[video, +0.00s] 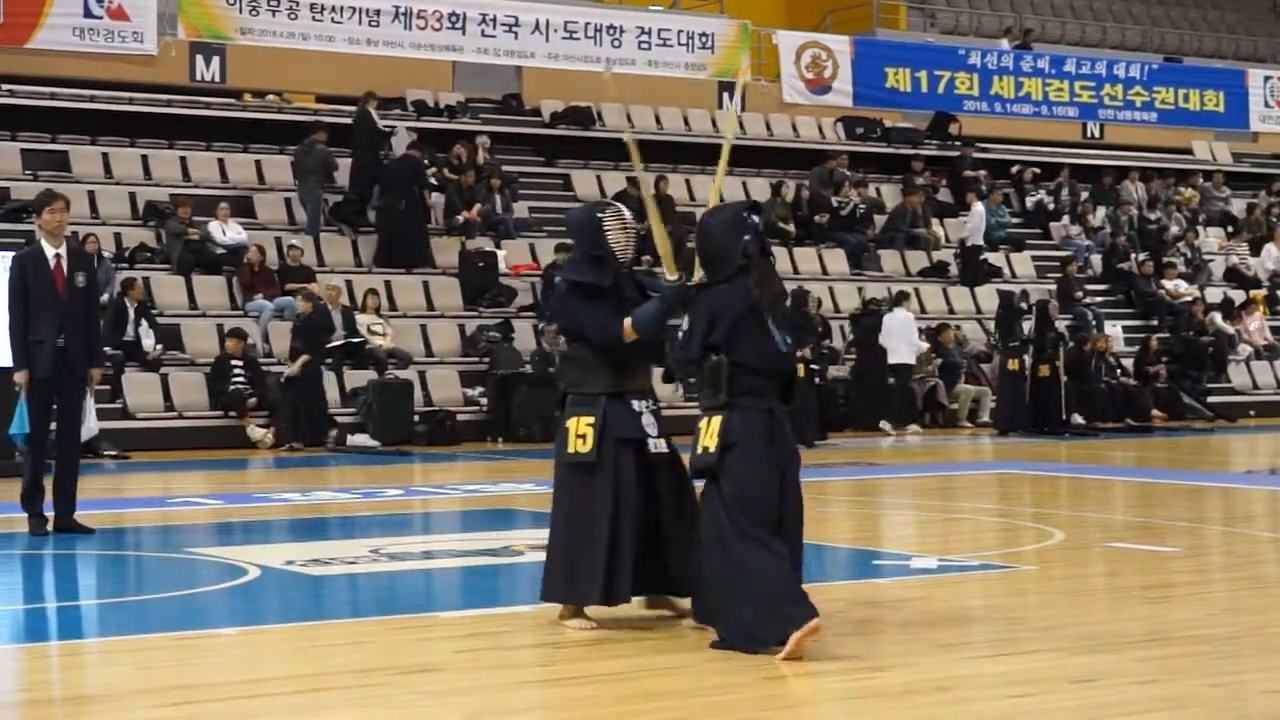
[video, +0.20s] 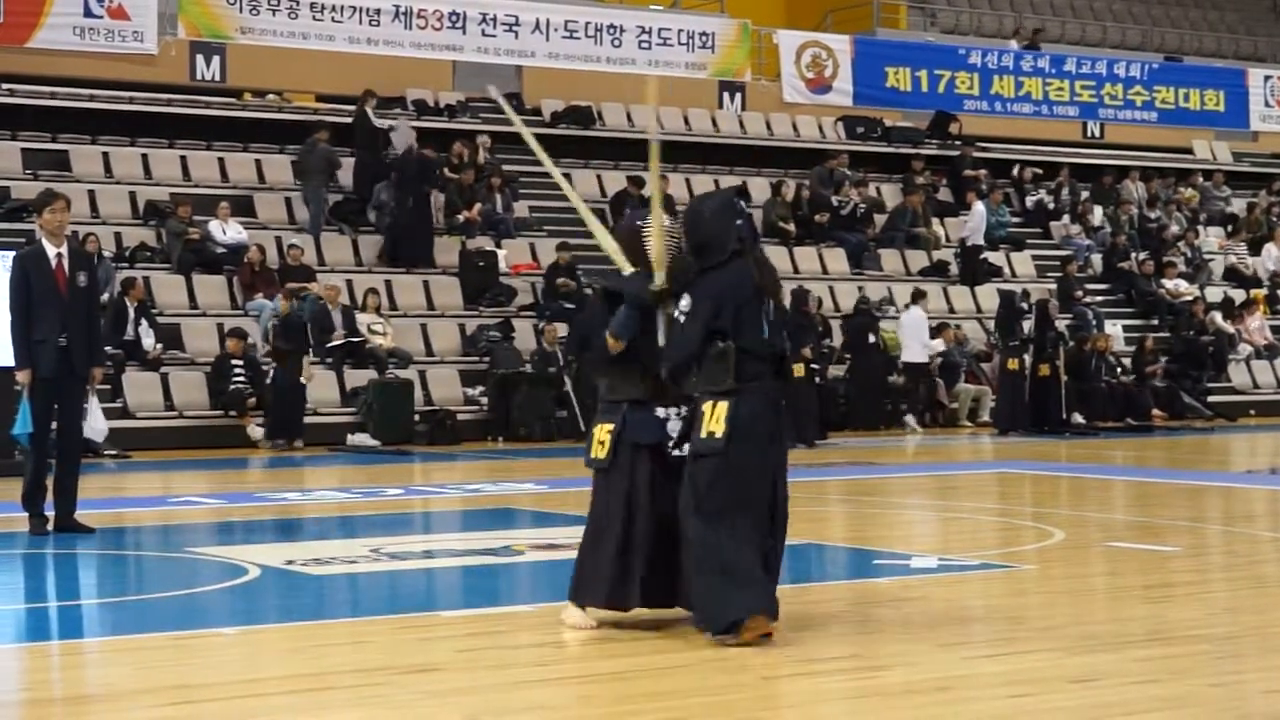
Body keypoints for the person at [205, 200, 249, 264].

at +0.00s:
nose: (225, 212)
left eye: (227, 209)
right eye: (221, 209)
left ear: (230, 211)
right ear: (217, 212)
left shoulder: (234, 225)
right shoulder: (213, 225)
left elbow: (245, 239)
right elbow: (220, 240)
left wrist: (228, 237)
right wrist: (240, 242)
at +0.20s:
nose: (225, 211)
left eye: (227, 208)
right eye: (222, 209)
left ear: (230, 211)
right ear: (217, 211)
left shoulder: (235, 224)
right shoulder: (213, 224)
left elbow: (245, 239)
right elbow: (220, 240)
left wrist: (228, 237)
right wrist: (241, 242)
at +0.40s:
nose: (225, 212)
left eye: (227, 209)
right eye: (222, 209)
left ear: (230, 211)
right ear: (217, 212)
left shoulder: (235, 225)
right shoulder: (213, 224)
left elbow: (245, 239)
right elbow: (220, 240)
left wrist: (228, 237)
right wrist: (240, 241)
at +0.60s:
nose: (225, 212)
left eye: (227, 209)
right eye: (222, 209)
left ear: (230, 211)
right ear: (217, 212)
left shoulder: (235, 225)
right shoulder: (213, 225)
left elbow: (245, 239)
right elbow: (220, 241)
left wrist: (228, 237)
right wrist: (239, 243)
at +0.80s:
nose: (224, 213)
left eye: (226, 210)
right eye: (221, 210)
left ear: (229, 212)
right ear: (216, 213)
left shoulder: (234, 226)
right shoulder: (211, 226)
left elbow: (244, 240)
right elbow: (219, 241)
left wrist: (227, 239)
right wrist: (238, 244)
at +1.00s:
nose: (224, 213)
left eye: (226, 210)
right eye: (221, 210)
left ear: (229, 213)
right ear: (216, 213)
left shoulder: (234, 226)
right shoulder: (211, 226)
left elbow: (244, 240)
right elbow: (218, 241)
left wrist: (227, 239)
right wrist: (238, 244)